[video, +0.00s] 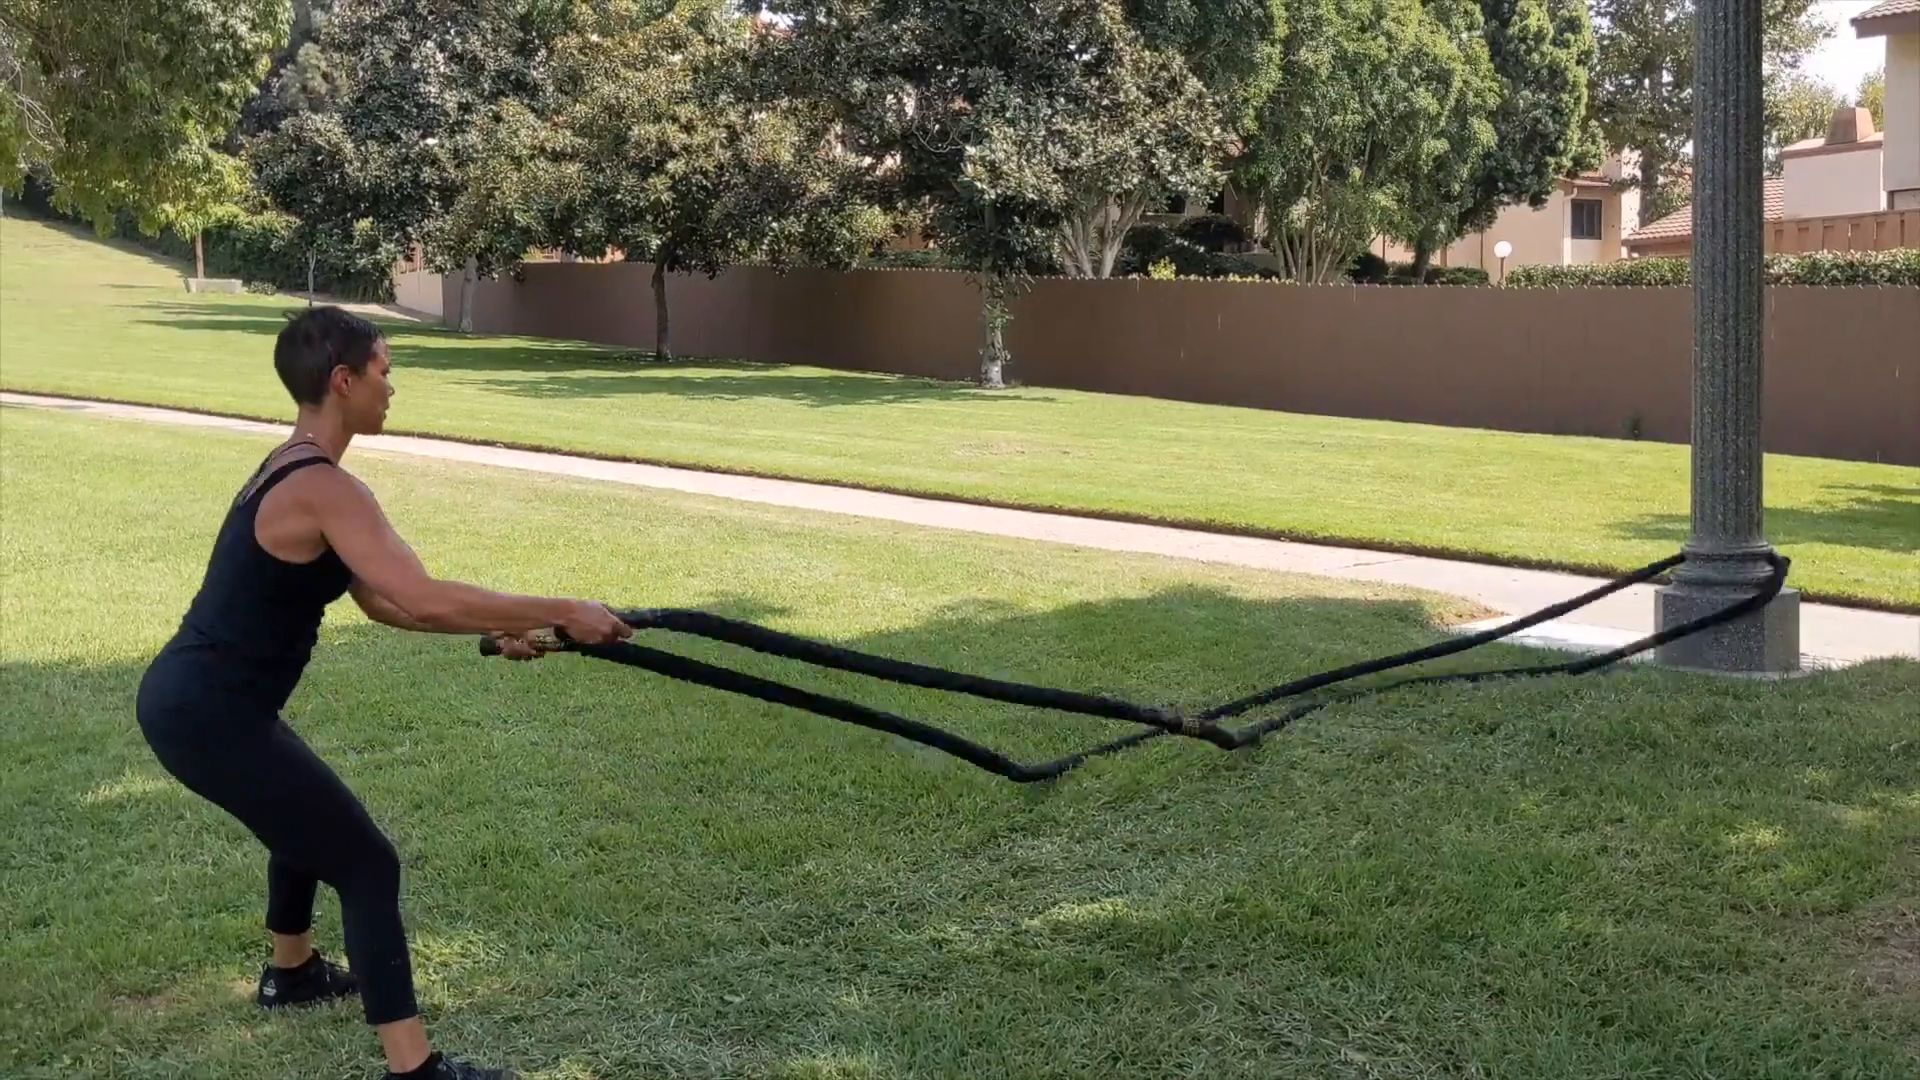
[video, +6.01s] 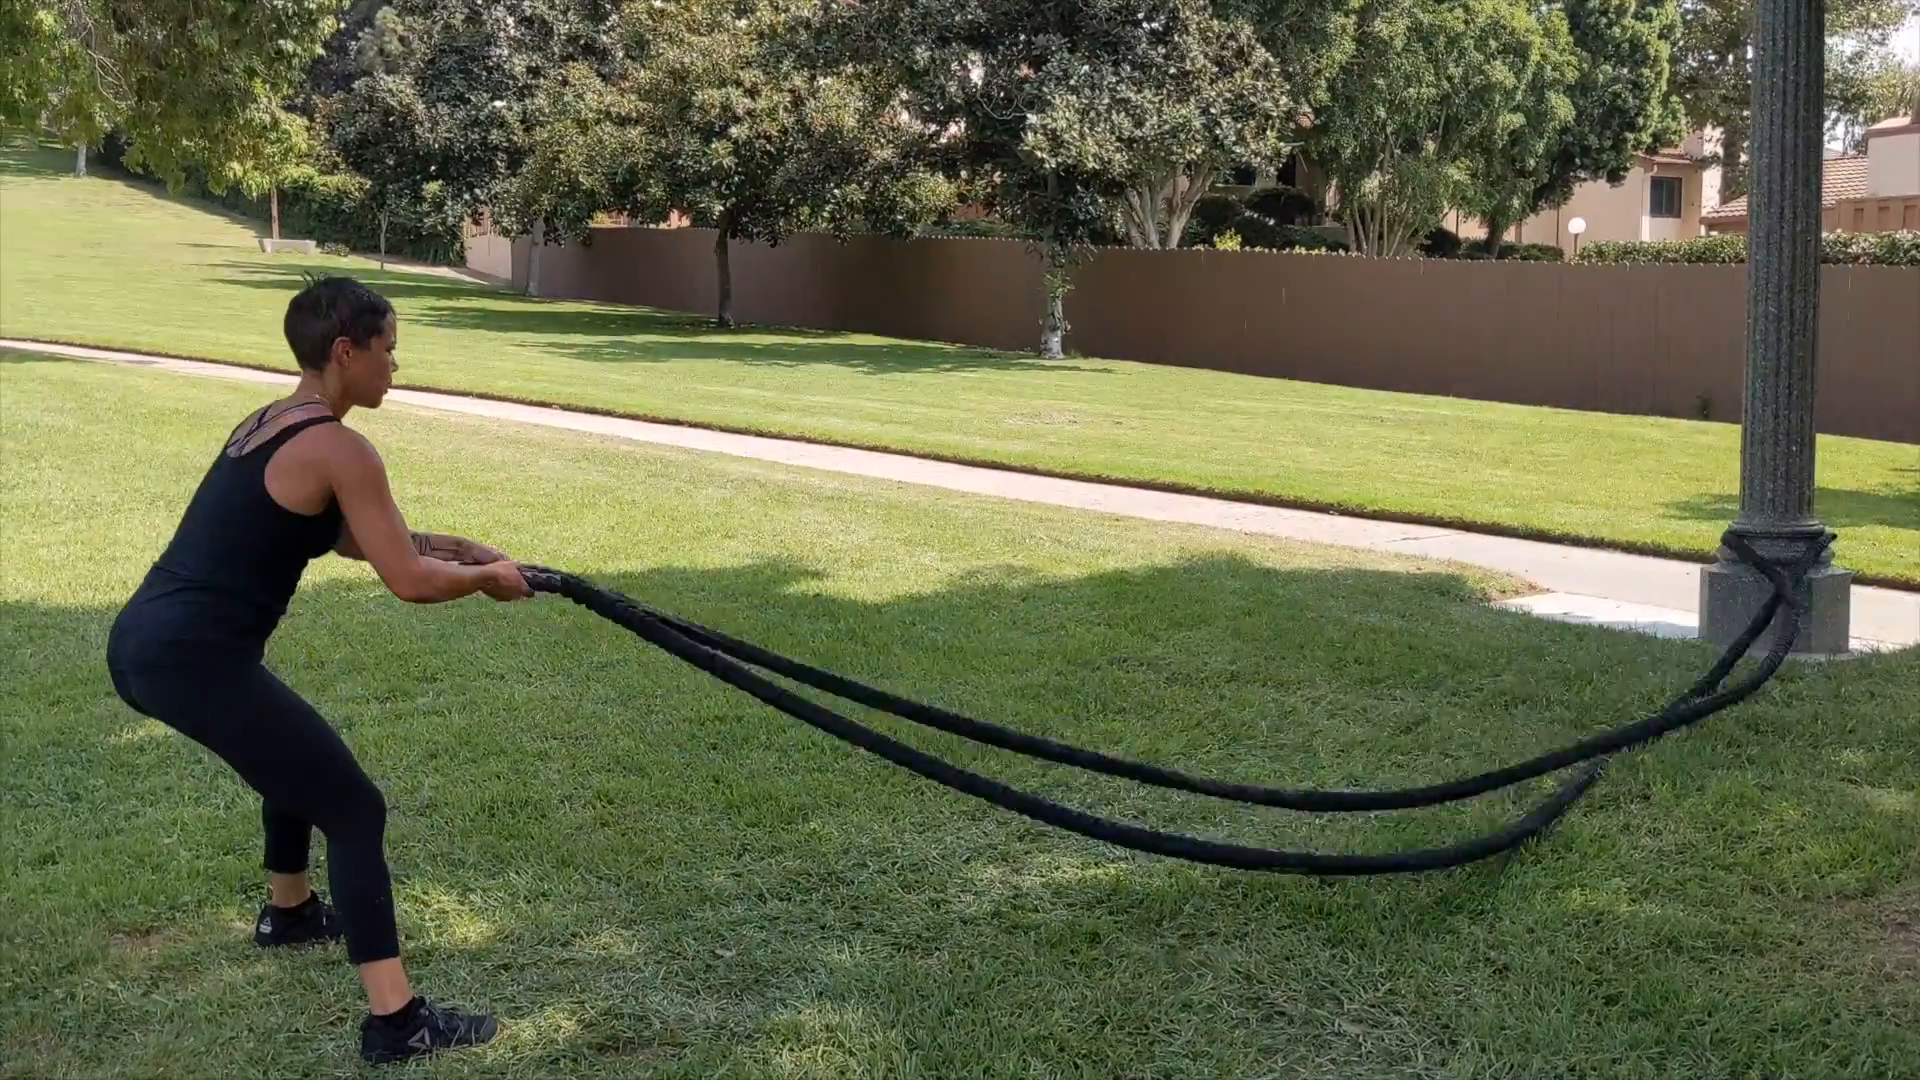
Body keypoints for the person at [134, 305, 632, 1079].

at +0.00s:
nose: (392, 385)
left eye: (390, 370)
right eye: (383, 371)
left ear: (325, 384)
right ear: (339, 381)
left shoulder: (290, 470)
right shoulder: (330, 489)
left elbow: (387, 606)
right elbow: (420, 598)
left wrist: (492, 624)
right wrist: (562, 612)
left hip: (182, 696)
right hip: (212, 714)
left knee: (305, 819)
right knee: (367, 863)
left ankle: (291, 969)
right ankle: (413, 1062)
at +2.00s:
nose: (368, 396)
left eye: (366, 380)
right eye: (358, 380)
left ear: (304, 387)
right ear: (314, 385)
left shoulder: (269, 472)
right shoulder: (285, 482)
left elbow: (349, 611)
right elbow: (362, 584)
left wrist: (422, 615)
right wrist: (502, 574)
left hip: (173, 696)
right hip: (172, 715)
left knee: (298, 793)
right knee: (337, 861)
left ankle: (265, 965)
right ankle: (380, 1058)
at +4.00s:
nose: (434, 387)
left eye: (432, 372)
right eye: (428, 372)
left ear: (355, 379)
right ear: (392, 379)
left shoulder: (281, 440)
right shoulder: (411, 483)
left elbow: (177, 528)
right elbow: (458, 608)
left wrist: (259, 552)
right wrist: (398, 582)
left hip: (176, 681)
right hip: (252, 698)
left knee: (297, 780)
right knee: (415, 831)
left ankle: (300, 939)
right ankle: (419, 1040)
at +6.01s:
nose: (394, 369)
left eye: (395, 352)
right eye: (388, 351)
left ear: (327, 352)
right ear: (344, 350)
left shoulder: (267, 421)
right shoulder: (343, 452)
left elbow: (334, 536)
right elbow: (409, 579)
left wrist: (448, 549)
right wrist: (487, 579)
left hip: (145, 644)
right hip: (196, 661)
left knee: (297, 753)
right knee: (354, 808)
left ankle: (290, 909)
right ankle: (394, 1015)